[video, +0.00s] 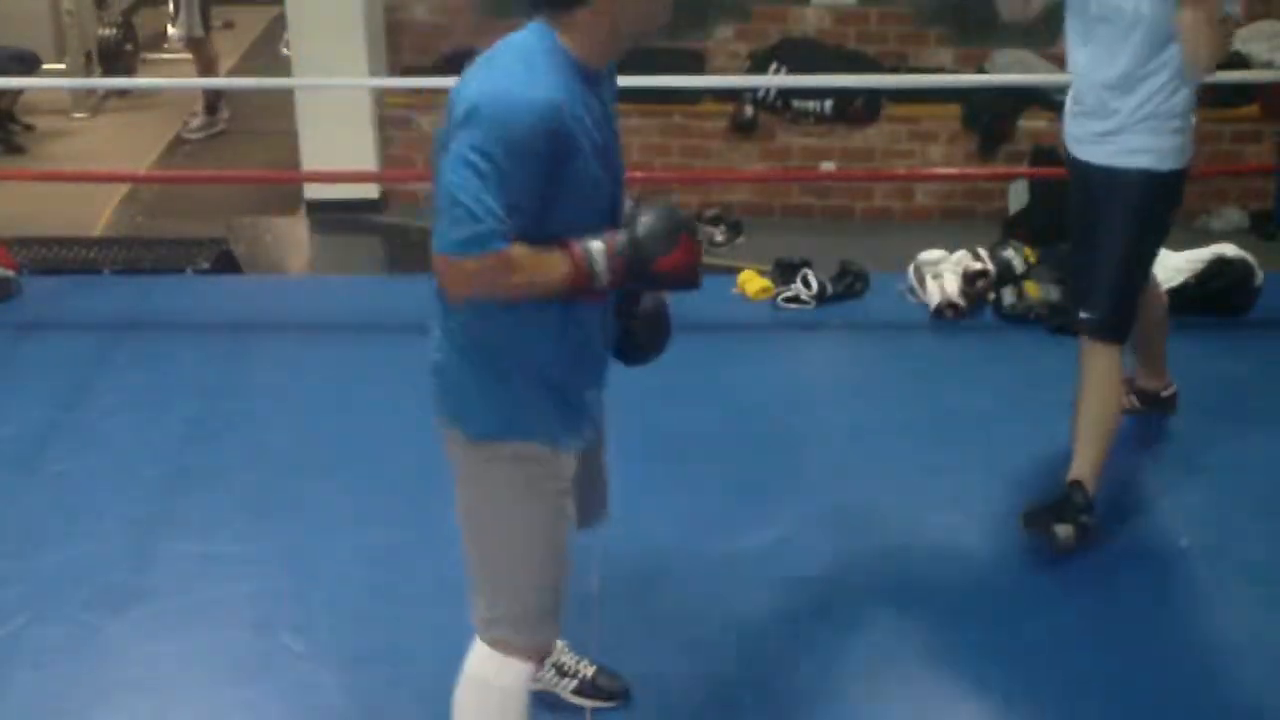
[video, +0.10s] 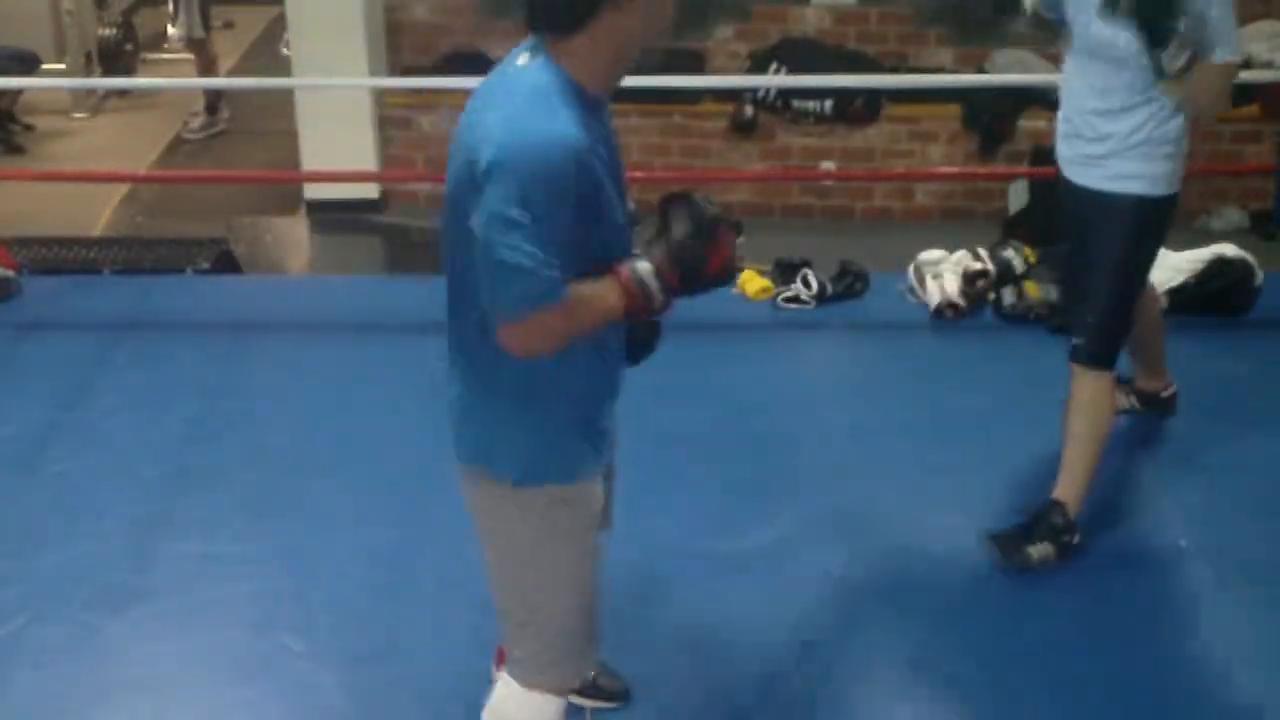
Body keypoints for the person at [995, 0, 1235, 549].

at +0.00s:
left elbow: (1202, 59)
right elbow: (1017, 12)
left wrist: (1206, 4)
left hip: (1148, 150)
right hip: (1084, 140)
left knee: (1101, 329)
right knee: (1131, 277)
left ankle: (1079, 492)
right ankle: (1152, 381)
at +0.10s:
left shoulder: (1201, 7)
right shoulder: (1076, 2)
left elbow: (1207, 101)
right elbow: (1063, 44)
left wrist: (1169, 51)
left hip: (1138, 174)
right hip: (1076, 164)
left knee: (1093, 349)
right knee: (1126, 289)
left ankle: (1063, 513)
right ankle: (1153, 384)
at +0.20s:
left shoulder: (1186, 8)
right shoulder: (1061, 2)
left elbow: (1201, 116)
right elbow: (1034, 38)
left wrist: (1129, 97)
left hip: (1132, 187)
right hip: (1069, 174)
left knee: (1079, 356)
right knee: (1117, 291)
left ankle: (1056, 522)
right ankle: (1147, 384)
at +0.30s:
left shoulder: (1174, 11)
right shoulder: (1046, 1)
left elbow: (1195, 126)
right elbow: (1022, 54)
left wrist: (1108, 114)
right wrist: (1013, 82)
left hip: (1131, 195)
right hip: (1060, 176)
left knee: (1079, 358)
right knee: (1063, 320)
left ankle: (1055, 524)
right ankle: (1123, 369)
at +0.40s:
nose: (1051, 3)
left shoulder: (1153, 16)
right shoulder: (1032, 4)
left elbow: (1197, 125)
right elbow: (1008, 58)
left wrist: (1101, 127)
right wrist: (994, 75)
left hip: (1130, 197)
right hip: (1057, 174)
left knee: (1081, 364)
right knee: (1030, 283)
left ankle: (1053, 523)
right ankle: (1066, 383)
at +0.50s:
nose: (1022, 0)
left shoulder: (1132, 18)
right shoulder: (1012, 9)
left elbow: (1199, 117)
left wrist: (1103, 130)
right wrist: (987, 87)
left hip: (1128, 196)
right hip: (1054, 174)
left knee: (1070, 364)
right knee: (1005, 287)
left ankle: (1051, 523)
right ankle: (1023, 400)